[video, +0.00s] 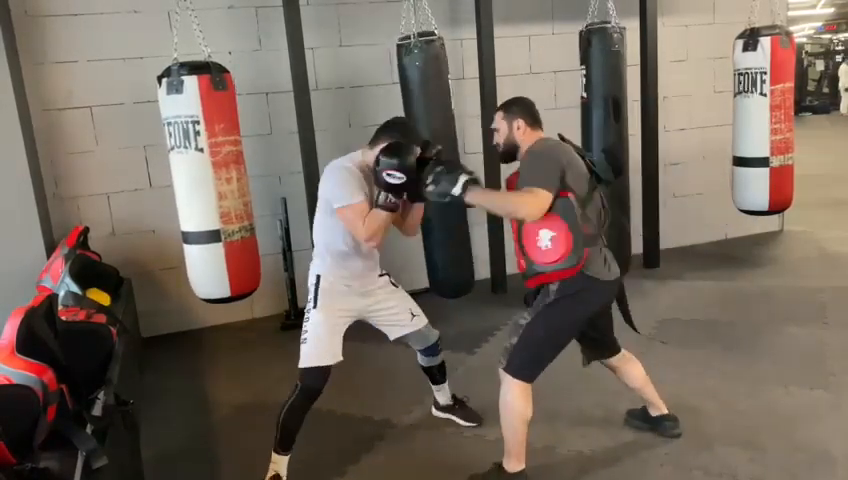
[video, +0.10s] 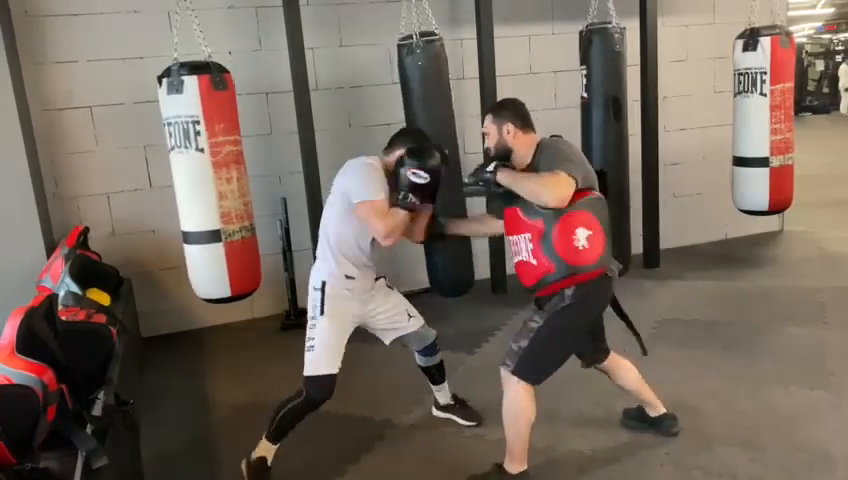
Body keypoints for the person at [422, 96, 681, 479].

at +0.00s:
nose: (493, 136)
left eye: (497, 128)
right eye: (493, 129)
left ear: (519, 125)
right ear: (529, 125)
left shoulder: (542, 153)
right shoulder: (560, 150)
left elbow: (531, 206)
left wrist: (465, 189)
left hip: (577, 284)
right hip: (598, 276)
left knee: (516, 372)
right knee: (610, 352)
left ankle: (513, 466)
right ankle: (660, 413)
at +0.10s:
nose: (487, 145)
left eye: (488, 136)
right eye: (486, 137)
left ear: (510, 130)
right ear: (513, 132)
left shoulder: (556, 150)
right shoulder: (523, 171)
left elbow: (556, 193)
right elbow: (500, 223)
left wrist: (500, 174)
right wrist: (439, 225)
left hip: (581, 283)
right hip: (570, 282)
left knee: (516, 373)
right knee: (598, 355)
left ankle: (514, 467)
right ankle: (657, 412)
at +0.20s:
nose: (491, 147)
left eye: (492, 138)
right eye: (490, 139)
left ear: (513, 134)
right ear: (517, 134)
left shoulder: (562, 157)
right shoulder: (524, 172)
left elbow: (563, 194)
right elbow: (513, 230)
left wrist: (500, 181)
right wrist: (475, 258)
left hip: (570, 292)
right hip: (566, 289)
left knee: (508, 376)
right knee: (594, 354)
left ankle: (512, 469)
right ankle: (656, 410)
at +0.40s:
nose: (520, 130)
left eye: (524, 123)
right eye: (520, 123)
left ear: (546, 121)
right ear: (557, 122)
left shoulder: (554, 151)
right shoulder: (585, 150)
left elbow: (514, 203)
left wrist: (477, 165)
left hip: (579, 282)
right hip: (615, 277)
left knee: (511, 368)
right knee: (620, 348)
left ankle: (515, 466)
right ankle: (664, 411)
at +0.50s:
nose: (530, 128)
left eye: (534, 120)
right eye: (530, 120)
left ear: (558, 119)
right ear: (567, 121)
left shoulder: (564, 151)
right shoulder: (593, 147)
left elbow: (531, 197)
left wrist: (489, 161)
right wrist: (512, 180)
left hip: (576, 284)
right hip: (611, 279)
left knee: (509, 366)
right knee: (618, 347)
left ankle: (512, 464)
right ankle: (664, 411)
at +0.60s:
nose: (526, 123)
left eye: (530, 115)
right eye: (526, 115)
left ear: (554, 115)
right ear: (560, 115)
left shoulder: (579, 152)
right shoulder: (572, 147)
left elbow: (569, 215)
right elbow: (557, 196)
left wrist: (513, 194)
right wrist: (524, 170)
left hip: (579, 282)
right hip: (598, 276)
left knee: (510, 365)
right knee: (614, 348)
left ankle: (499, 465)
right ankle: (662, 411)